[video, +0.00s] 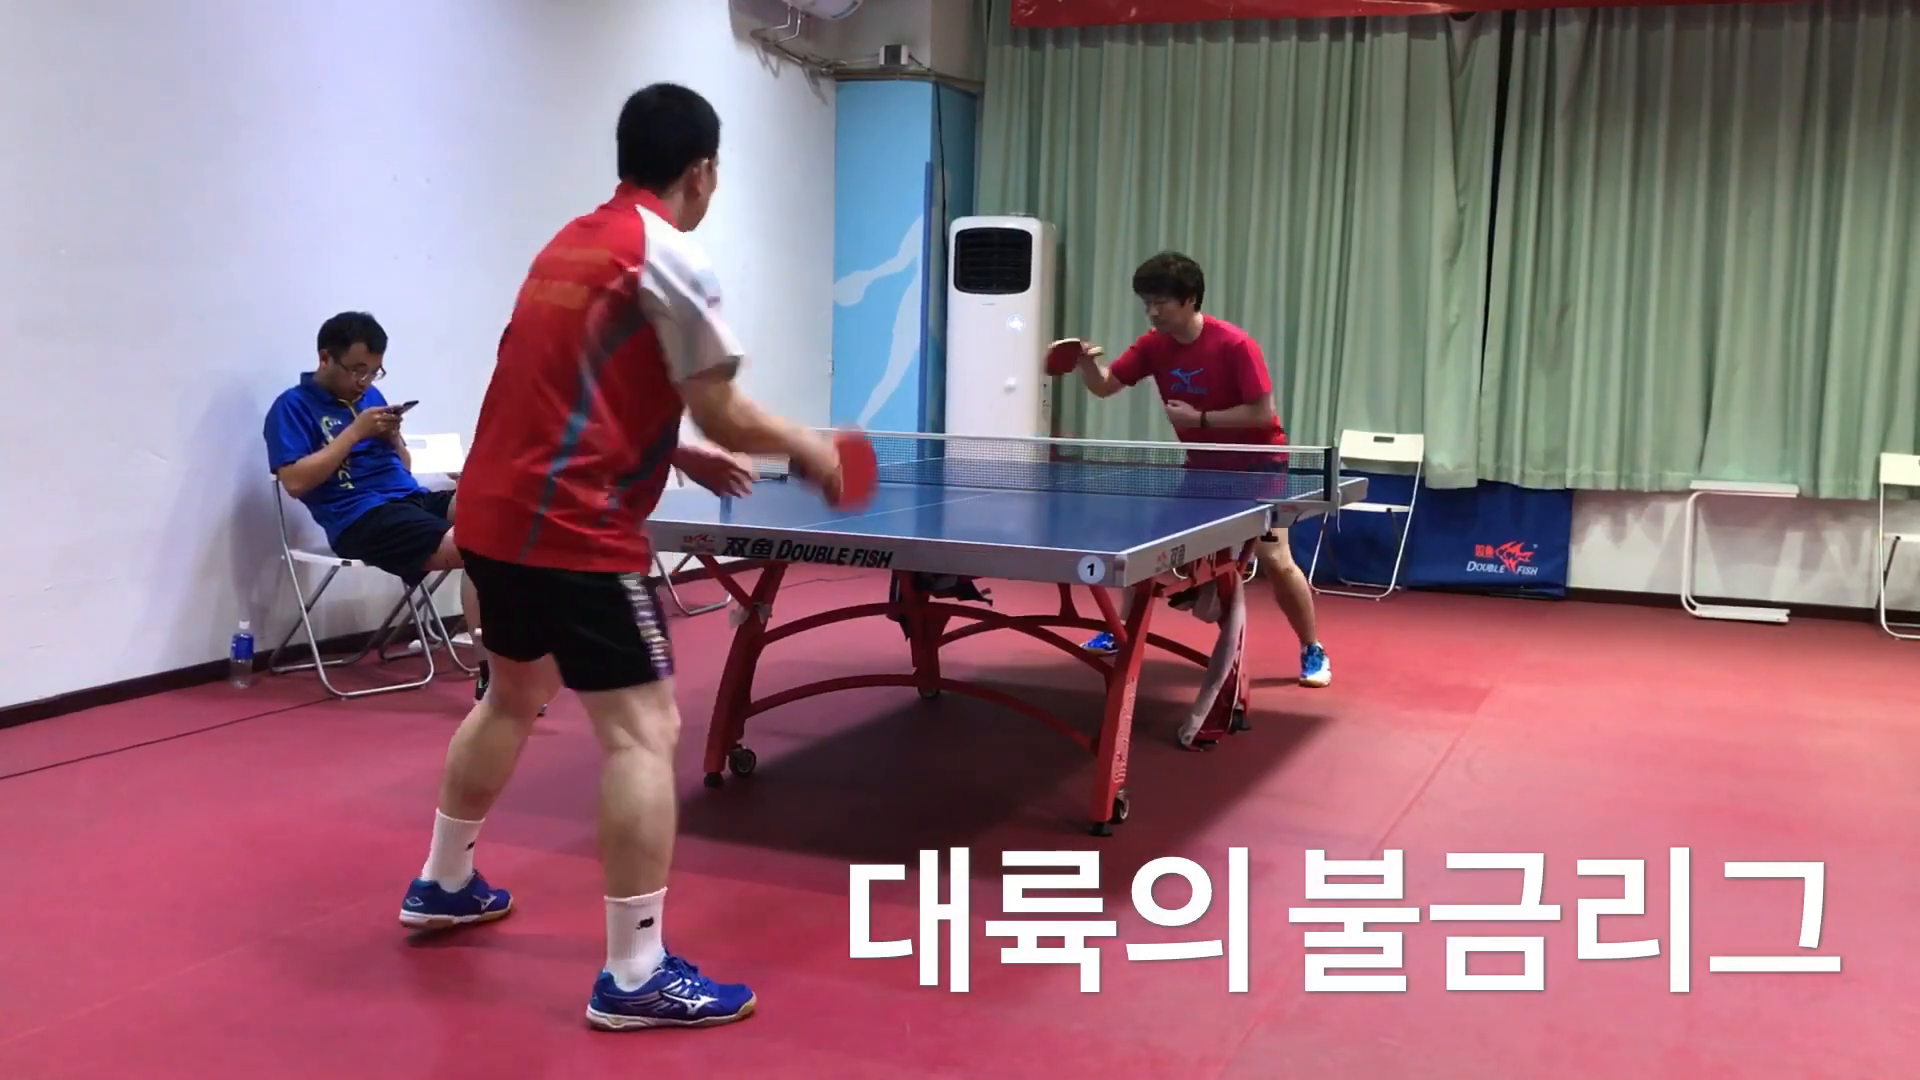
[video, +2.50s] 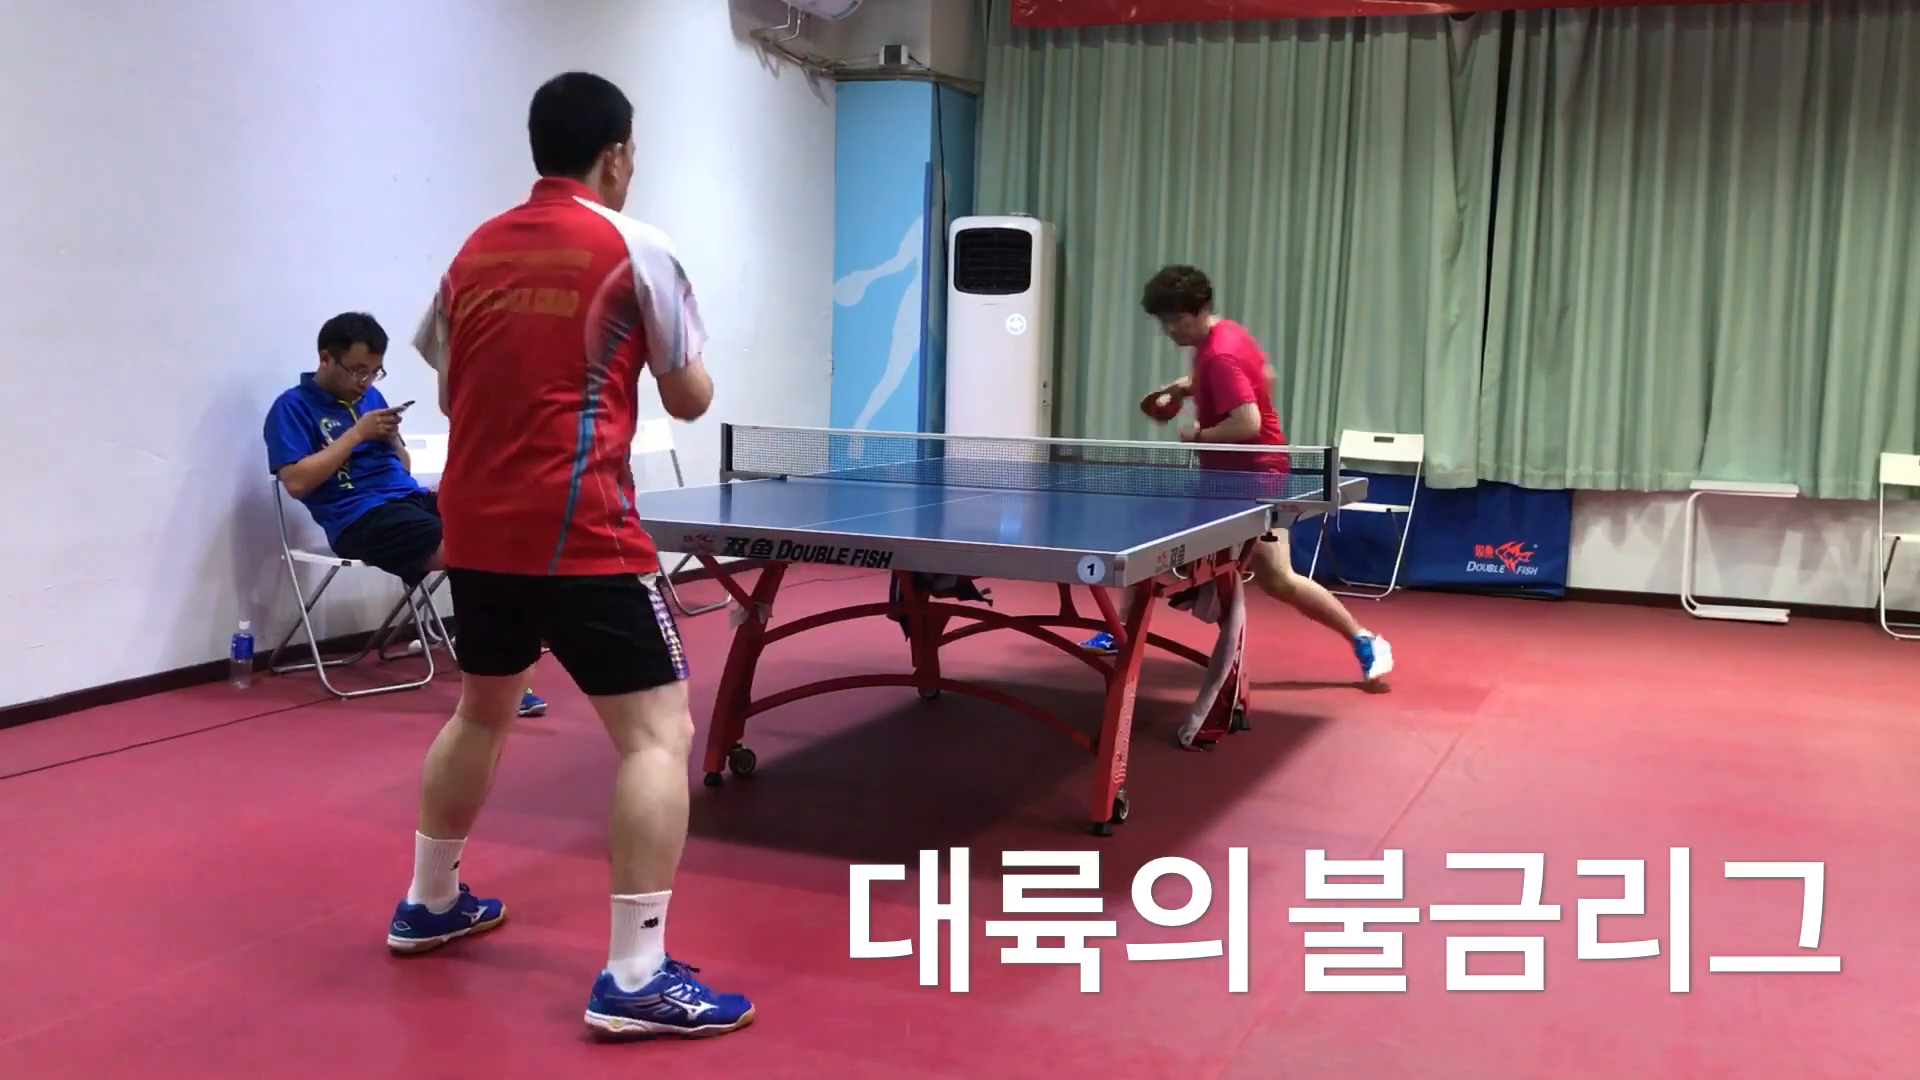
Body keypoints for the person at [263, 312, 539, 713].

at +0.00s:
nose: (364, 381)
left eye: (372, 371)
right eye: (356, 370)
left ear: (379, 365)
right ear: (325, 359)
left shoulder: (370, 397)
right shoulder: (292, 407)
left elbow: (404, 466)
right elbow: (295, 482)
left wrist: (392, 435)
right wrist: (356, 432)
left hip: (412, 501)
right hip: (364, 520)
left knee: (502, 517)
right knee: (480, 546)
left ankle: (527, 668)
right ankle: (490, 675)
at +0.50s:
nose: (366, 381)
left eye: (373, 372)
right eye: (357, 370)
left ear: (379, 367)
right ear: (324, 360)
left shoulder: (368, 396)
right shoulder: (293, 407)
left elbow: (403, 468)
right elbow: (297, 482)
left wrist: (392, 436)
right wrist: (357, 433)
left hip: (411, 502)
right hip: (365, 520)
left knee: (505, 516)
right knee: (480, 549)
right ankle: (512, 681)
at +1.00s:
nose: (368, 382)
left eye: (375, 372)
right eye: (359, 371)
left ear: (381, 365)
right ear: (326, 358)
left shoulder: (370, 397)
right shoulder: (292, 407)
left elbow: (404, 468)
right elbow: (300, 482)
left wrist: (393, 438)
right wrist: (360, 432)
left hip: (410, 500)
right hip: (363, 520)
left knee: (490, 498)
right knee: (475, 547)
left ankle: (494, 607)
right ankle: (492, 676)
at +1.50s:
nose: (365, 381)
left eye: (372, 372)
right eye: (357, 371)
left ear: (378, 367)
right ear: (325, 359)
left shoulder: (368, 396)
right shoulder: (292, 408)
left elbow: (403, 466)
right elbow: (298, 481)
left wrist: (392, 436)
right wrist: (359, 431)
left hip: (411, 502)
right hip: (365, 520)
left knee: (502, 517)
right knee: (483, 548)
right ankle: (505, 683)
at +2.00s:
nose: (365, 382)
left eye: (373, 372)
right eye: (357, 371)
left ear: (379, 366)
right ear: (325, 359)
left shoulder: (370, 397)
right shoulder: (291, 408)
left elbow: (403, 469)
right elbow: (297, 483)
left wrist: (393, 436)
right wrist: (356, 432)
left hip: (411, 501)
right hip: (364, 520)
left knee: (499, 518)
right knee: (472, 551)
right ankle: (493, 673)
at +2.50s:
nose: (365, 382)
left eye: (372, 372)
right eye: (357, 371)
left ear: (378, 367)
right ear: (325, 360)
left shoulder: (369, 397)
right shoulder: (291, 408)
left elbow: (403, 466)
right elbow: (296, 482)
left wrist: (391, 435)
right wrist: (358, 433)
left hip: (410, 502)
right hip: (363, 519)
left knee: (502, 536)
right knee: (478, 555)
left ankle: (507, 673)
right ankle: (506, 680)